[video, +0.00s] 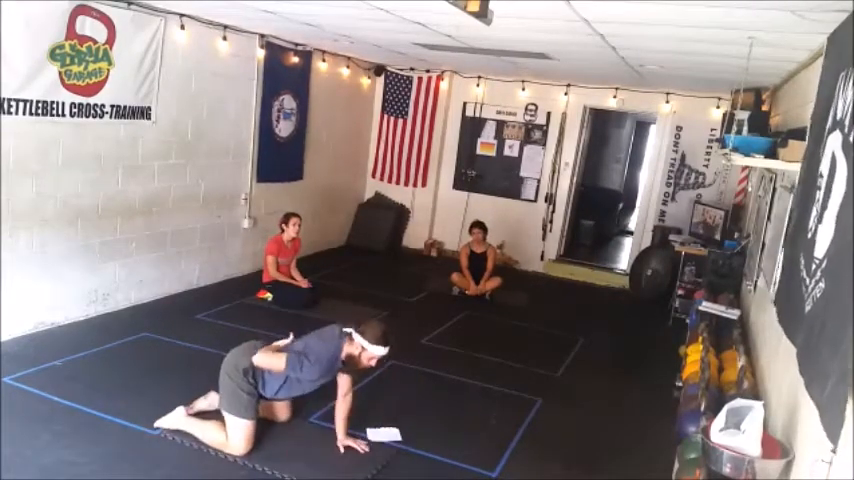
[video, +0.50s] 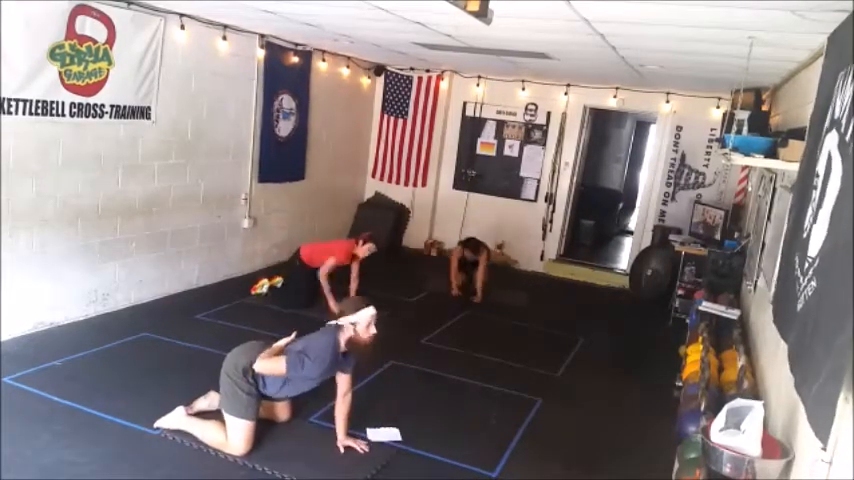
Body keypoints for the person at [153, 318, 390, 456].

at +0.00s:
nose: (375, 363)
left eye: (379, 358)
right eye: (374, 356)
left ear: (362, 342)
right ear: (359, 347)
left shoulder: (347, 344)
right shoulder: (314, 362)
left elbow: (344, 393)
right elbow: (257, 358)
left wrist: (342, 436)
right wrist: (277, 345)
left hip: (271, 364)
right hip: (243, 367)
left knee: (281, 413)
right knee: (238, 445)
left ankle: (217, 402)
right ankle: (181, 420)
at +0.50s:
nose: (374, 330)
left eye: (374, 323)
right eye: (371, 323)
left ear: (353, 322)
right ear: (354, 323)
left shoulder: (345, 348)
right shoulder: (320, 354)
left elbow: (344, 393)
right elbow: (260, 365)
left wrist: (343, 437)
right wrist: (282, 344)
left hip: (266, 358)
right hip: (241, 368)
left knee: (281, 410)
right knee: (237, 446)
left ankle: (217, 402)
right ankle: (180, 419)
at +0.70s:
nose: (375, 345)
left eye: (378, 340)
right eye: (375, 339)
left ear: (359, 327)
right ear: (360, 330)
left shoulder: (342, 344)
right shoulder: (318, 350)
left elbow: (343, 392)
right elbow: (258, 362)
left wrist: (341, 436)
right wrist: (277, 343)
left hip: (265, 366)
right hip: (240, 369)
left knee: (281, 412)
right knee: (237, 445)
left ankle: (216, 402)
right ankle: (180, 420)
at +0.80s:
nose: (365, 363)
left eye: (370, 361)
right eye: (367, 358)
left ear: (362, 338)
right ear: (361, 344)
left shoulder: (345, 339)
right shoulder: (316, 351)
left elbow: (343, 392)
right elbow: (257, 360)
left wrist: (341, 435)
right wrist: (277, 342)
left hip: (269, 367)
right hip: (241, 370)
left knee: (281, 412)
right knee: (238, 445)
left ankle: (217, 401)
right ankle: (181, 420)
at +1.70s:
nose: (381, 349)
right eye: (379, 343)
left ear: (363, 332)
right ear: (364, 336)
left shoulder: (347, 339)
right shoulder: (323, 360)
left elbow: (345, 393)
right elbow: (265, 374)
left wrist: (342, 435)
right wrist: (279, 343)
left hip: (266, 355)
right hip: (242, 369)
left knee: (282, 412)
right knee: (237, 446)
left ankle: (219, 400)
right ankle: (183, 417)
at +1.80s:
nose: (377, 326)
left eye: (377, 320)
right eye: (371, 321)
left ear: (358, 322)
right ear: (352, 321)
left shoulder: (348, 348)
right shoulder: (322, 350)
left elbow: (344, 394)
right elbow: (263, 371)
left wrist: (342, 436)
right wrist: (280, 344)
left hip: (267, 359)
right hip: (242, 367)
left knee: (281, 411)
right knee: (237, 446)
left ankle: (217, 400)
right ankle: (182, 417)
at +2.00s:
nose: (373, 317)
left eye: (373, 312)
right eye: (368, 313)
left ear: (356, 319)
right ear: (347, 317)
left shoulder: (348, 349)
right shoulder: (319, 344)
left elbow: (344, 393)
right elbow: (261, 366)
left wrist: (342, 436)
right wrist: (280, 342)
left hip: (270, 363)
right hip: (243, 368)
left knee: (281, 411)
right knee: (237, 446)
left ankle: (216, 400)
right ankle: (182, 417)